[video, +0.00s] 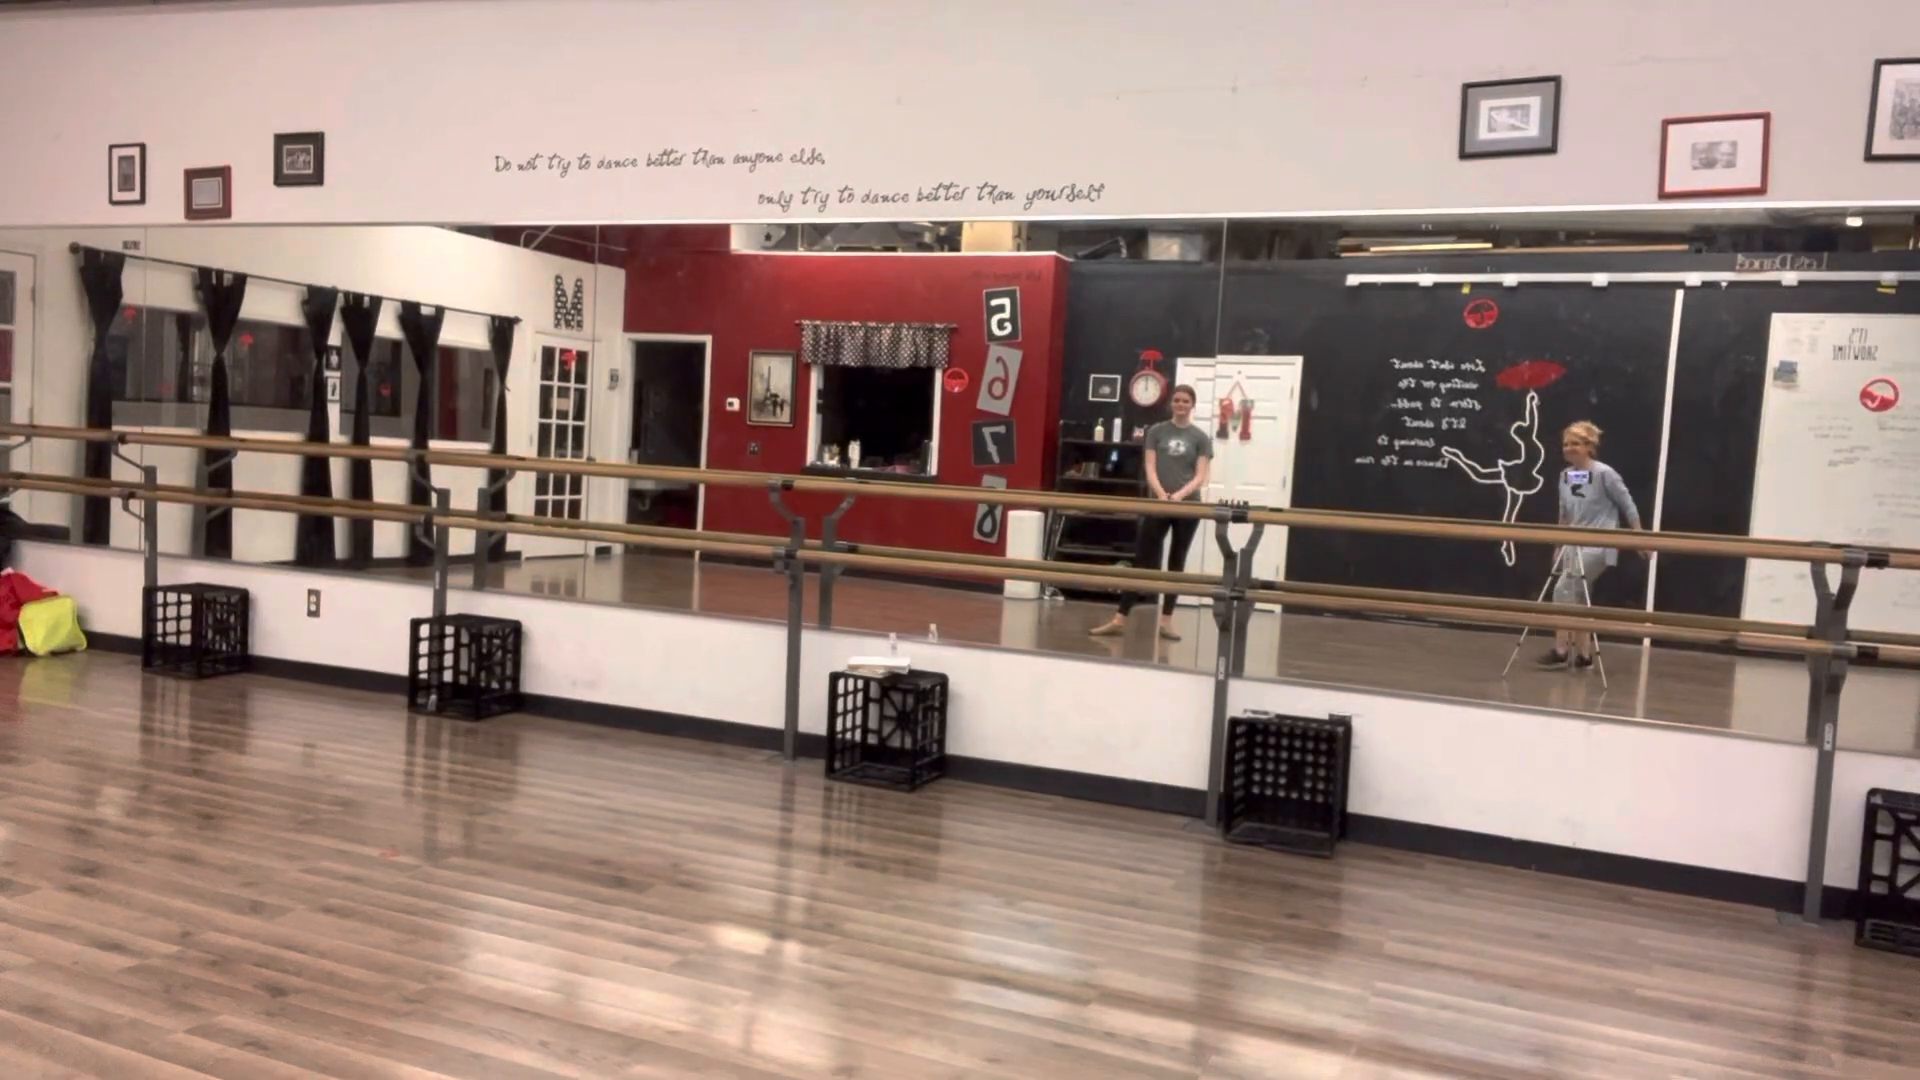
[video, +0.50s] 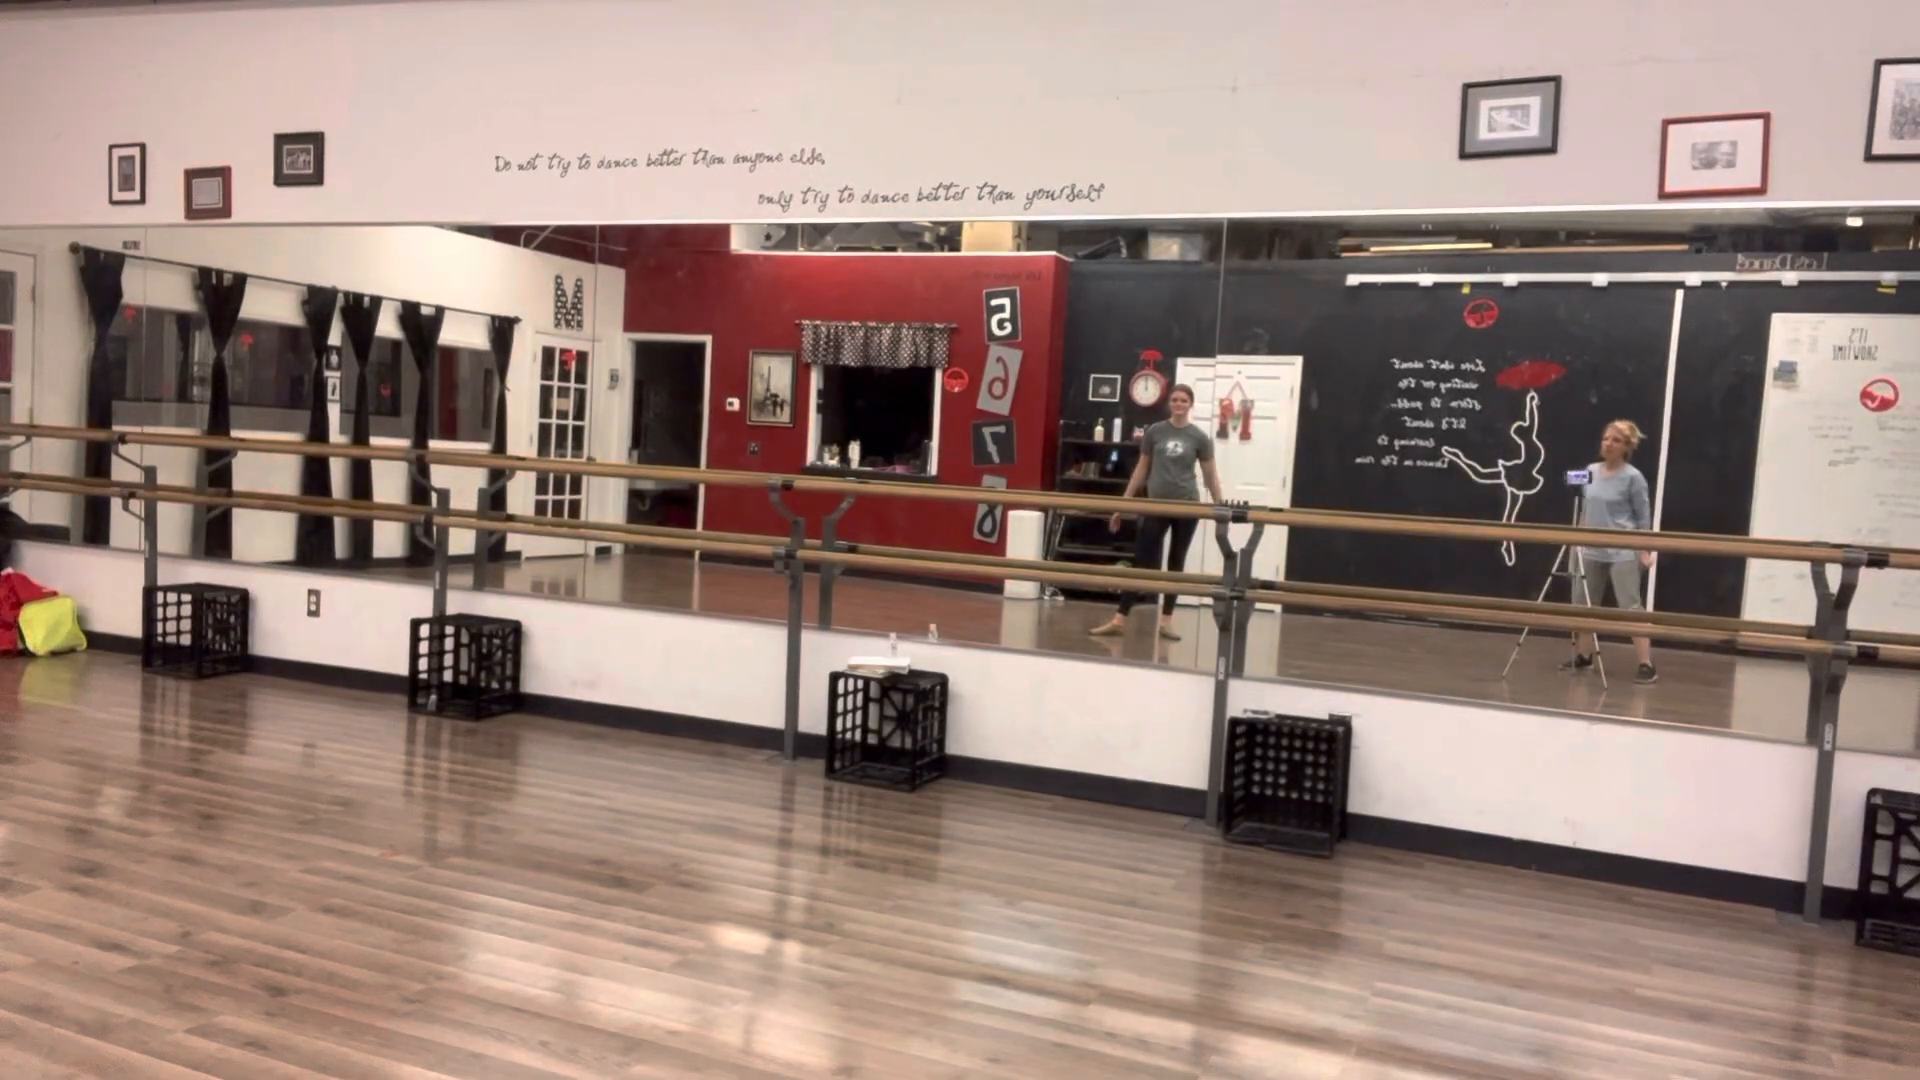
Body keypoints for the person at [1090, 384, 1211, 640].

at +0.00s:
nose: (1180, 405)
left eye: (1185, 401)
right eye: (1177, 401)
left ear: (1193, 406)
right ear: (1171, 403)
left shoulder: (1201, 438)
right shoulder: (1155, 432)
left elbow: (1201, 476)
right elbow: (1150, 468)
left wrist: (1179, 494)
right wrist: (1160, 493)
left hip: (1187, 504)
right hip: (1159, 501)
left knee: (1176, 560)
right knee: (1143, 555)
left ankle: (1166, 619)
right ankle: (1120, 617)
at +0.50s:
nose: (1178, 405)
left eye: (1183, 401)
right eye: (1175, 400)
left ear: (1191, 405)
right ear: (1169, 403)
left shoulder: (1200, 438)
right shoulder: (1154, 432)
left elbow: (1211, 477)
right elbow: (1140, 472)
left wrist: (1220, 509)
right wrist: (1122, 507)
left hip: (1186, 509)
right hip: (1155, 507)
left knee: (1176, 564)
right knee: (1142, 560)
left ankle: (1166, 619)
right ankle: (1120, 618)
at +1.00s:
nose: (1179, 405)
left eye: (1184, 401)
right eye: (1176, 401)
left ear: (1191, 405)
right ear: (1170, 404)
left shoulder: (1202, 439)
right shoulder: (1154, 432)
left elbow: (1206, 480)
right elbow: (1141, 470)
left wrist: (1206, 515)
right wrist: (1129, 505)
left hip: (1185, 510)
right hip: (1154, 507)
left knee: (1175, 565)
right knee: (1141, 560)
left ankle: (1165, 620)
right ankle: (1120, 617)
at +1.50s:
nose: (1180, 405)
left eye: (1184, 401)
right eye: (1176, 401)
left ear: (1192, 405)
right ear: (1170, 404)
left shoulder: (1202, 439)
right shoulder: (1154, 432)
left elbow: (1208, 481)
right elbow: (1145, 470)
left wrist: (1202, 515)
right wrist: (1140, 507)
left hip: (1185, 509)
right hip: (1155, 507)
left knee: (1176, 565)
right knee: (1141, 560)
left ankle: (1166, 620)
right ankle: (1120, 617)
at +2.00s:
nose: (1180, 405)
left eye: (1185, 401)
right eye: (1176, 400)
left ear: (1192, 405)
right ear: (1170, 404)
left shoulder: (1202, 437)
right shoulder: (1155, 433)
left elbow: (1213, 476)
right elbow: (1142, 471)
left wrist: (1223, 506)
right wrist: (1125, 506)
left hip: (1187, 509)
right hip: (1156, 507)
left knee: (1176, 564)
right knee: (1142, 560)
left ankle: (1165, 620)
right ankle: (1120, 618)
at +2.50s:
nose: (1180, 405)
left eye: (1185, 401)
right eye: (1177, 401)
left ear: (1192, 405)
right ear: (1170, 404)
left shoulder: (1202, 438)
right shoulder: (1155, 432)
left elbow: (1201, 475)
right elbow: (1148, 469)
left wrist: (1182, 495)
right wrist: (1160, 494)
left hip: (1187, 503)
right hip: (1158, 500)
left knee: (1177, 560)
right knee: (1143, 555)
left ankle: (1166, 618)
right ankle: (1120, 616)